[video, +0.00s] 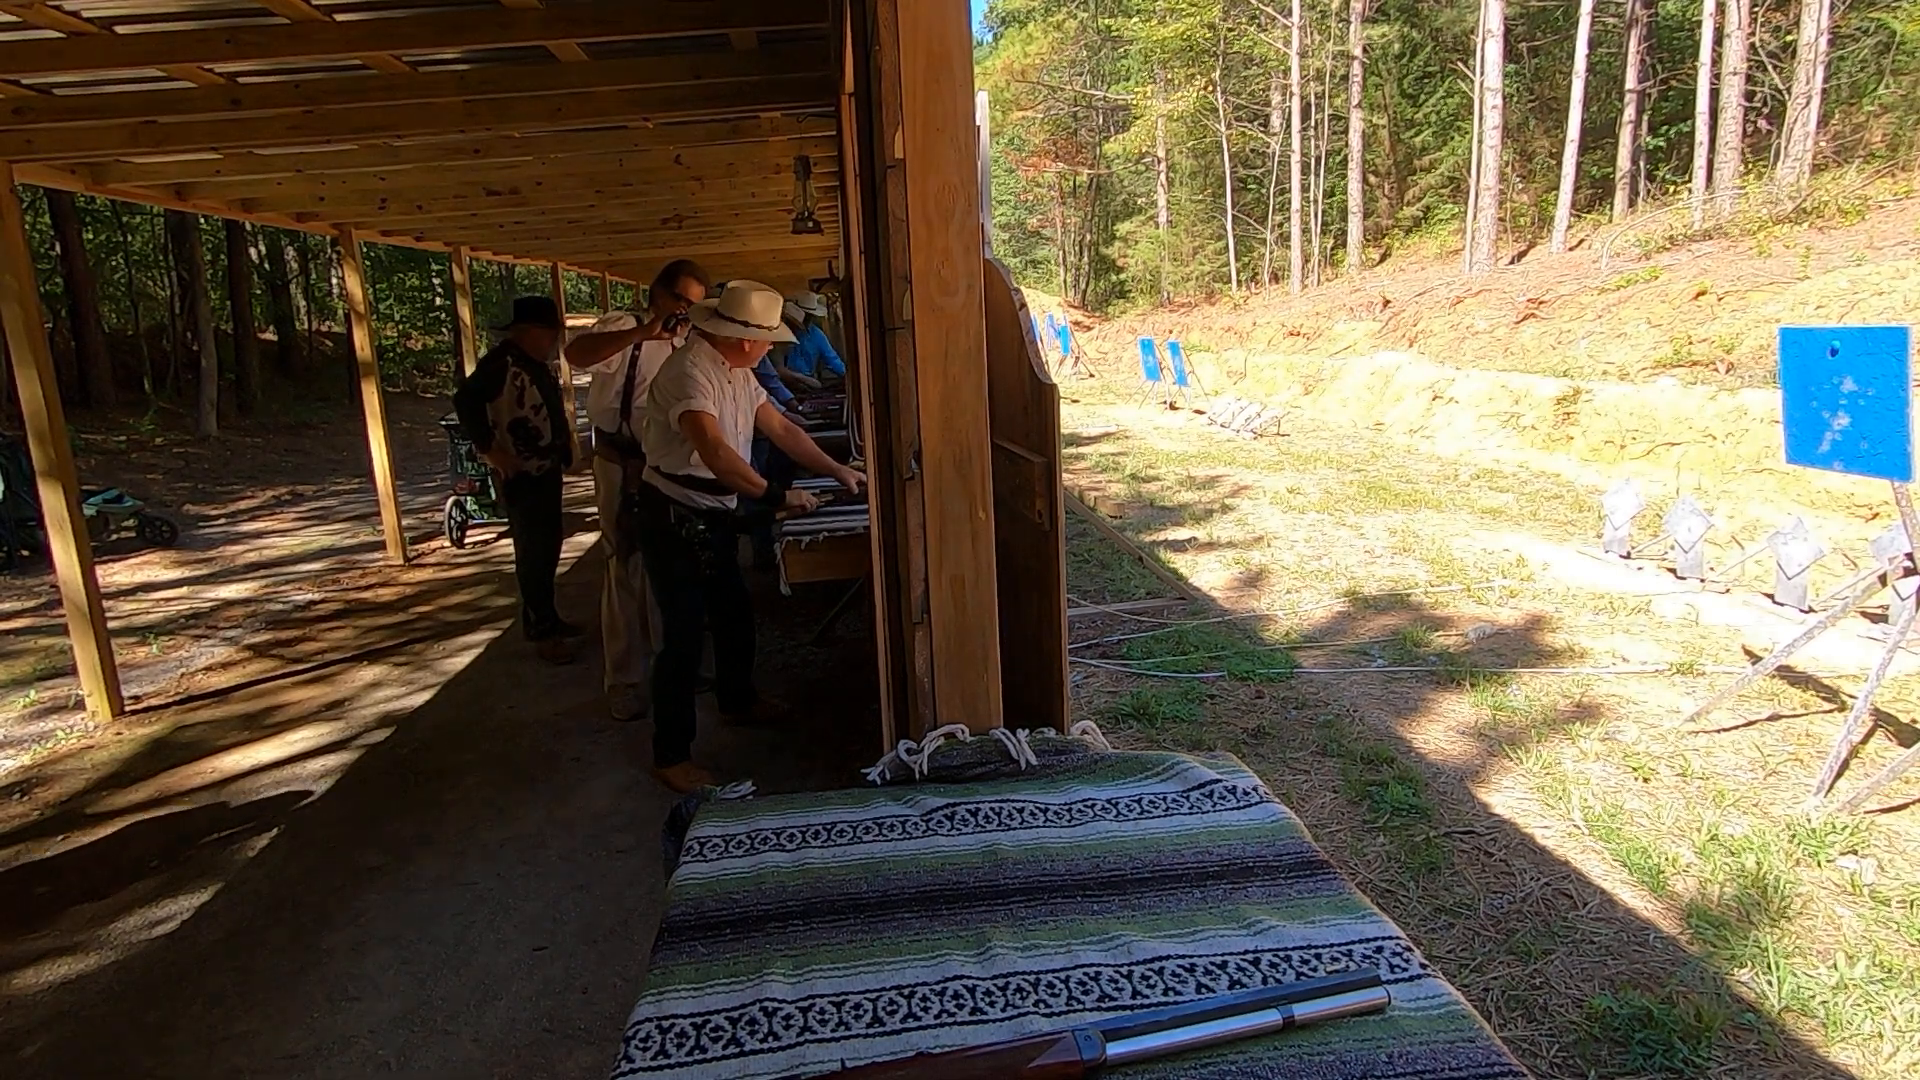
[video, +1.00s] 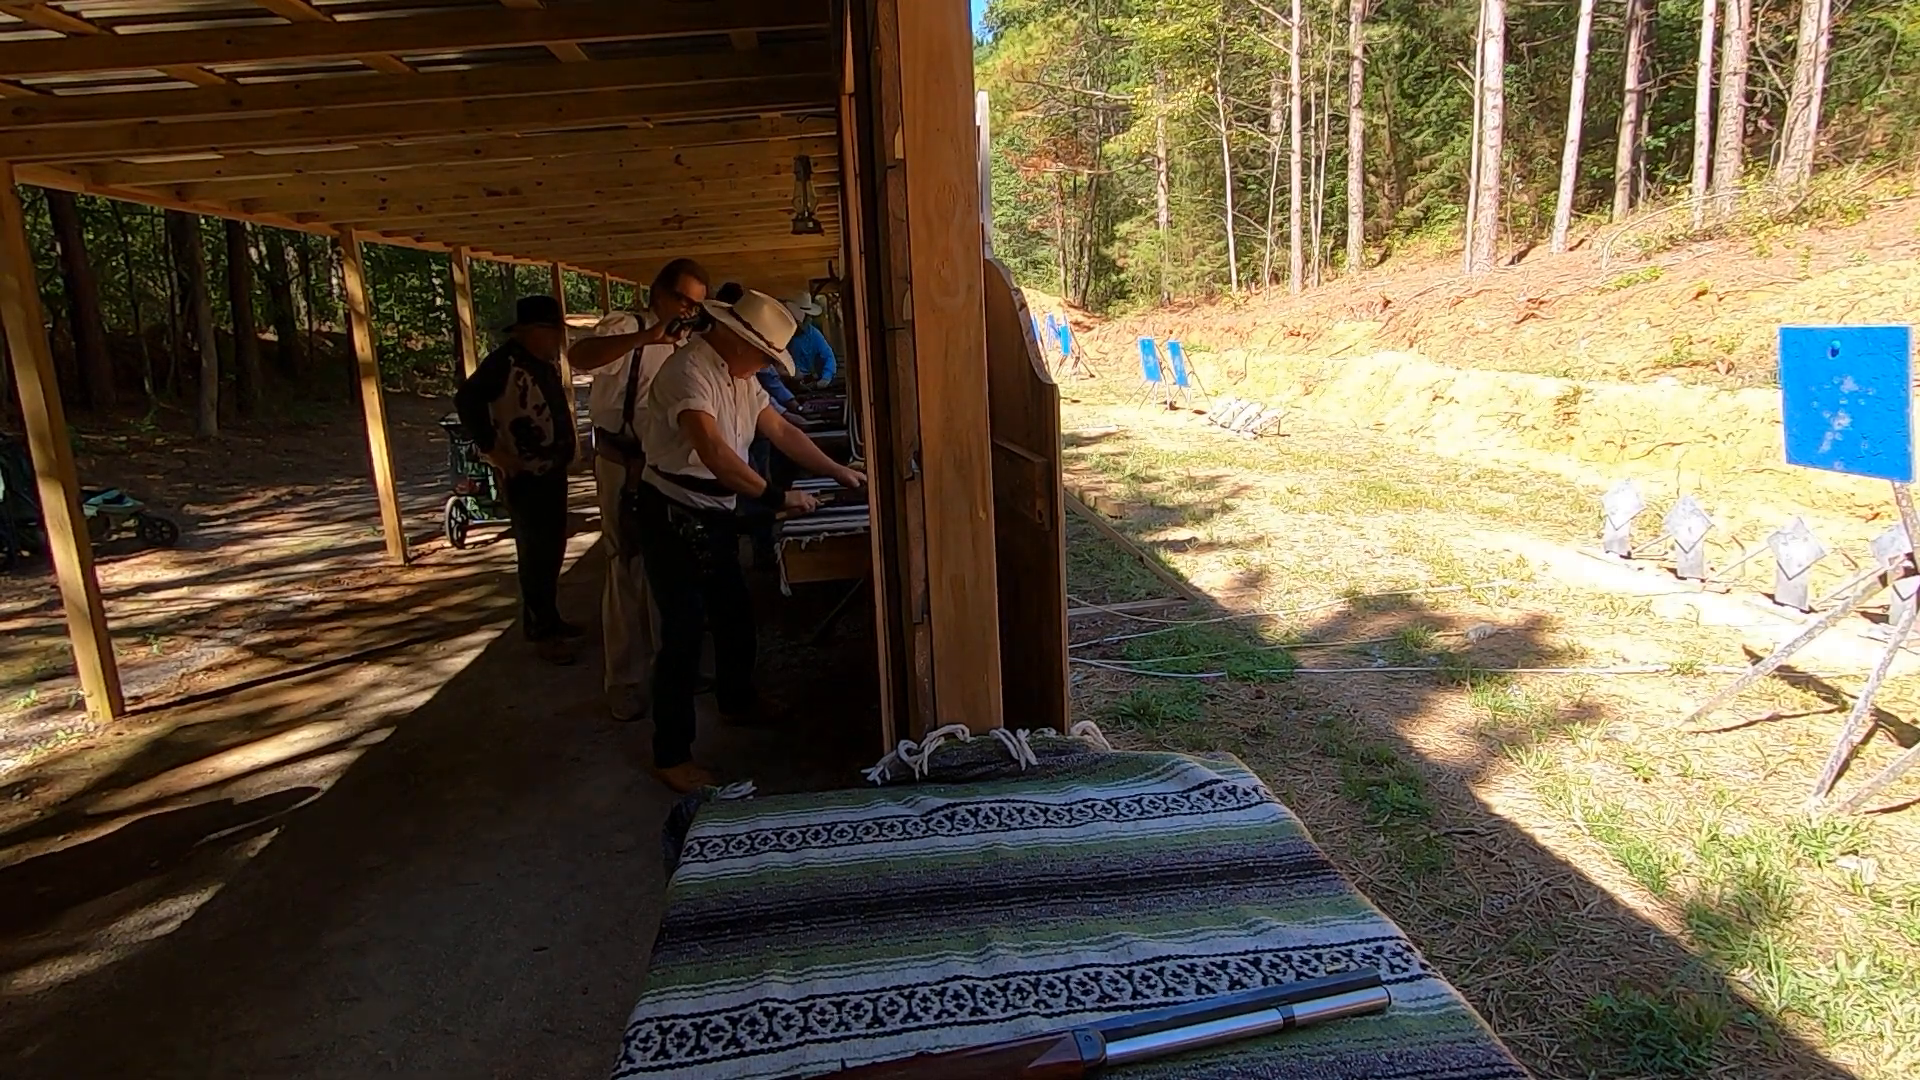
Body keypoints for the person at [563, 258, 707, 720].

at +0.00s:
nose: (684, 310)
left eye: (694, 305)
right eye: (678, 299)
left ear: (702, 307)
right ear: (656, 293)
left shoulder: (695, 346)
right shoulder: (625, 326)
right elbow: (575, 354)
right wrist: (642, 334)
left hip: (674, 463)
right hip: (619, 462)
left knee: (672, 569)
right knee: (624, 572)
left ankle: (676, 669)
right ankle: (624, 682)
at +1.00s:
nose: (686, 310)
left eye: (695, 305)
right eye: (680, 299)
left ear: (702, 308)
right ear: (657, 293)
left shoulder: (695, 346)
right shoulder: (626, 327)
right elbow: (579, 357)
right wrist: (647, 337)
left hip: (675, 465)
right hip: (620, 464)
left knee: (673, 571)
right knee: (626, 572)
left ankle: (677, 671)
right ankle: (624, 683)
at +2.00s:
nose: (686, 312)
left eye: (694, 307)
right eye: (681, 302)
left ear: (698, 309)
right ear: (659, 294)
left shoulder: (690, 346)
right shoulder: (627, 327)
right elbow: (581, 357)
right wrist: (645, 340)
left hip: (669, 463)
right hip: (618, 463)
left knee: (670, 568)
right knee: (626, 571)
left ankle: (673, 671)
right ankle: (624, 683)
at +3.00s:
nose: (690, 314)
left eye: (696, 309)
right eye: (684, 304)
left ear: (698, 310)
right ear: (659, 297)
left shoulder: (692, 347)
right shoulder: (631, 326)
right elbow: (599, 347)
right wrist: (668, 342)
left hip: (670, 464)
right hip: (619, 465)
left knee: (673, 566)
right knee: (626, 572)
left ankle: (674, 668)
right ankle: (623, 681)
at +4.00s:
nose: (690, 315)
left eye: (697, 309)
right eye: (685, 304)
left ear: (698, 311)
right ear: (660, 296)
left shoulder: (688, 344)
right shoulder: (631, 325)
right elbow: (609, 347)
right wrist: (674, 344)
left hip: (667, 463)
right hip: (619, 465)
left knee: (670, 568)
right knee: (626, 572)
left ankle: (672, 671)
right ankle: (623, 683)